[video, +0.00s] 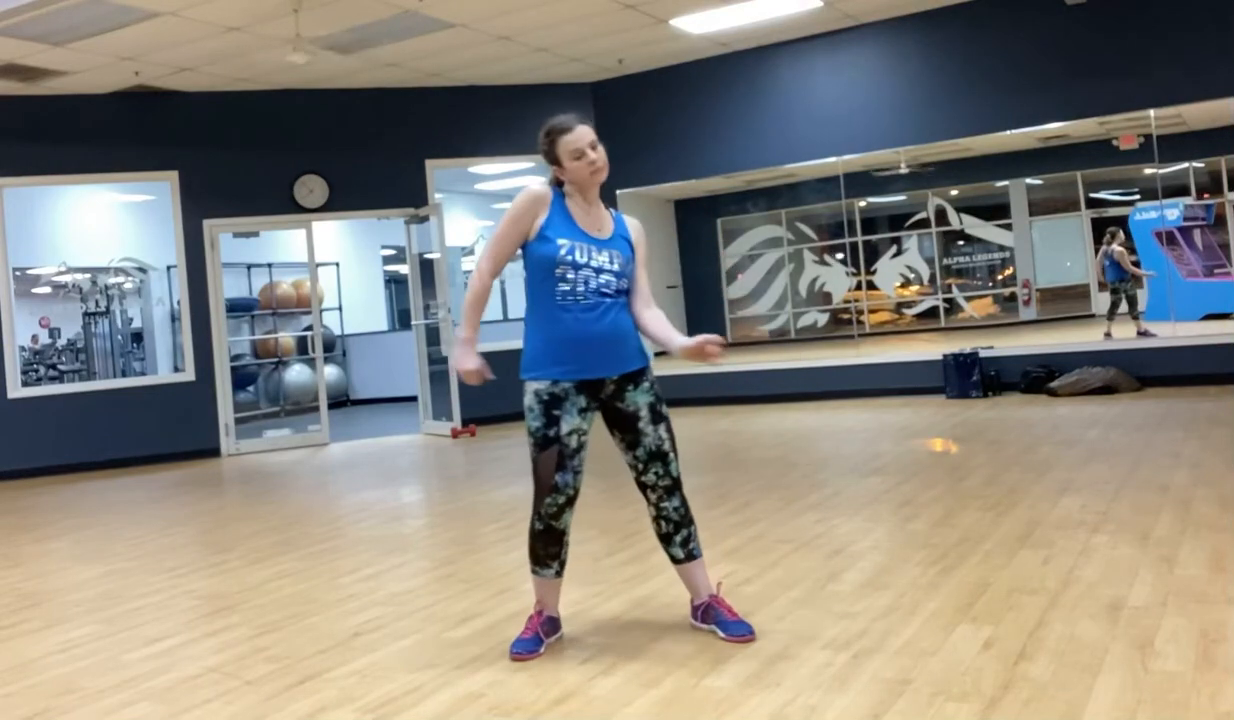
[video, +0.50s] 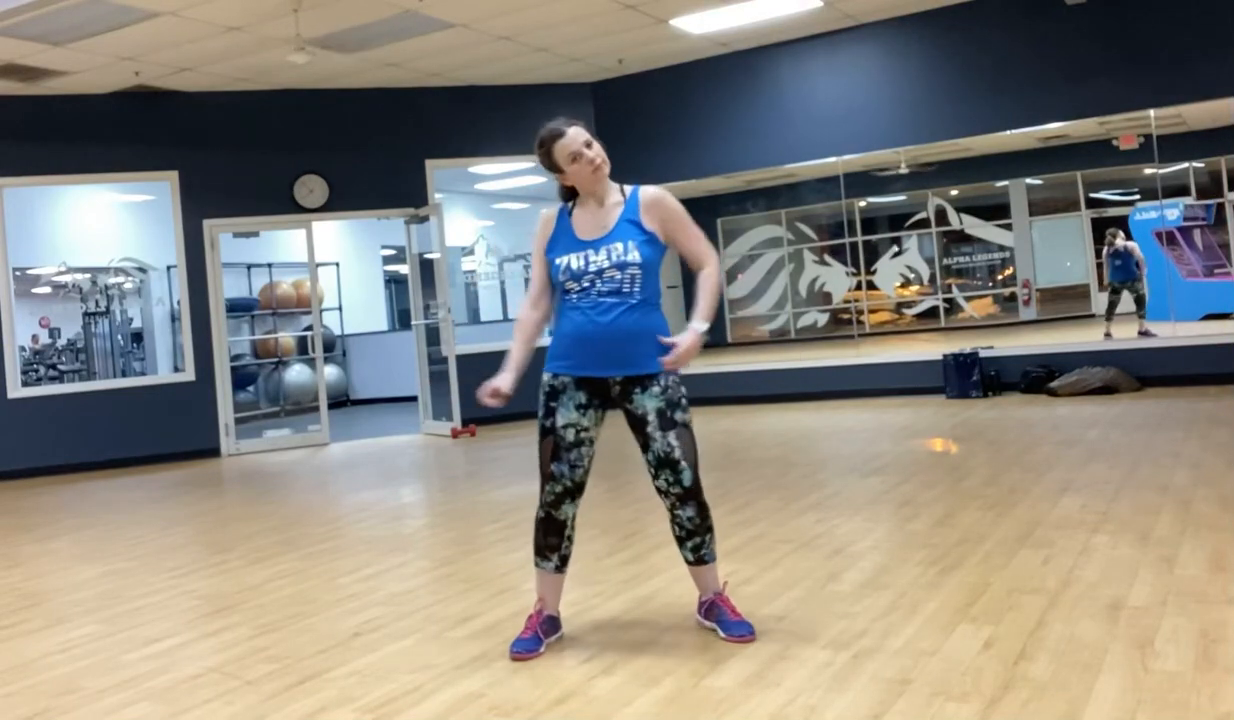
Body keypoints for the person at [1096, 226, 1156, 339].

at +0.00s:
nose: (1123, 236)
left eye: (1122, 233)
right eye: (1121, 234)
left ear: (1111, 237)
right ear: (1117, 236)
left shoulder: (1104, 249)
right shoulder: (1120, 251)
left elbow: (1098, 262)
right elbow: (1129, 267)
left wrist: (1100, 276)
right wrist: (1145, 273)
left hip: (1112, 281)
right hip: (1125, 281)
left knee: (1114, 304)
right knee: (1133, 303)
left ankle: (1108, 330)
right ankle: (1140, 328)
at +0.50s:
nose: (1123, 234)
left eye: (1121, 233)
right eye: (1121, 233)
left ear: (1110, 237)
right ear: (1119, 235)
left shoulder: (1107, 249)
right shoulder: (1131, 245)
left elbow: (1105, 266)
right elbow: (1140, 259)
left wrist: (1106, 280)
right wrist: (1143, 272)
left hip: (1115, 279)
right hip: (1132, 278)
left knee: (1111, 304)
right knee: (1140, 301)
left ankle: (1107, 330)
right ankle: (1142, 328)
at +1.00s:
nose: (1125, 234)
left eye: (1124, 232)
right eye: (1123, 232)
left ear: (1112, 236)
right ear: (1120, 235)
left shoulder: (1107, 249)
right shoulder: (1128, 247)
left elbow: (1099, 263)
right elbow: (1139, 262)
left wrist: (1103, 280)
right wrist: (1158, 268)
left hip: (1117, 281)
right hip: (1134, 279)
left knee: (1114, 306)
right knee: (1136, 305)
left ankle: (1108, 330)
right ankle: (1141, 328)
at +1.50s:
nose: (1121, 234)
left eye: (1119, 232)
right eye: (1119, 232)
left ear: (1107, 235)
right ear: (1117, 234)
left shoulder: (1103, 246)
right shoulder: (1122, 246)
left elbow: (1090, 251)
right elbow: (1127, 262)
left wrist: (1076, 256)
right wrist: (1133, 276)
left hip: (1109, 280)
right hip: (1123, 279)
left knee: (1111, 304)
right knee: (1137, 299)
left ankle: (1107, 330)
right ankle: (1140, 325)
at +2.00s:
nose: (1131, 236)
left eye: (1130, 234)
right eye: (1129, 235)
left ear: (1120, 239)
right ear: (1126, 238)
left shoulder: (1120, 248)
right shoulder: (1127, 247)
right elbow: (1122, 261)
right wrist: (1129, 277)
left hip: (1121, 283)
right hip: (1129, 283)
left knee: (1118, 303)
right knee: (1148, 303)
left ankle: (1099, 324)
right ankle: (1139, 328)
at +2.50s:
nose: (1129, 238)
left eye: (1128, 236)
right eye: (1127, 237)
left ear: (1119, 242)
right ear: (1125, 239)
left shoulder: (1127, 248)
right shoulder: (1125, 249)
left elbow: (1134, 235)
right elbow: (1118, 262)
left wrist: (1141, 224)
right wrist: (1127, 277)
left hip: (1127, 285)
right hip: (1131, 285)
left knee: (1120, 304)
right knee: (1151, 304)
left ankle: (1099, 321)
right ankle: (1140, 328)